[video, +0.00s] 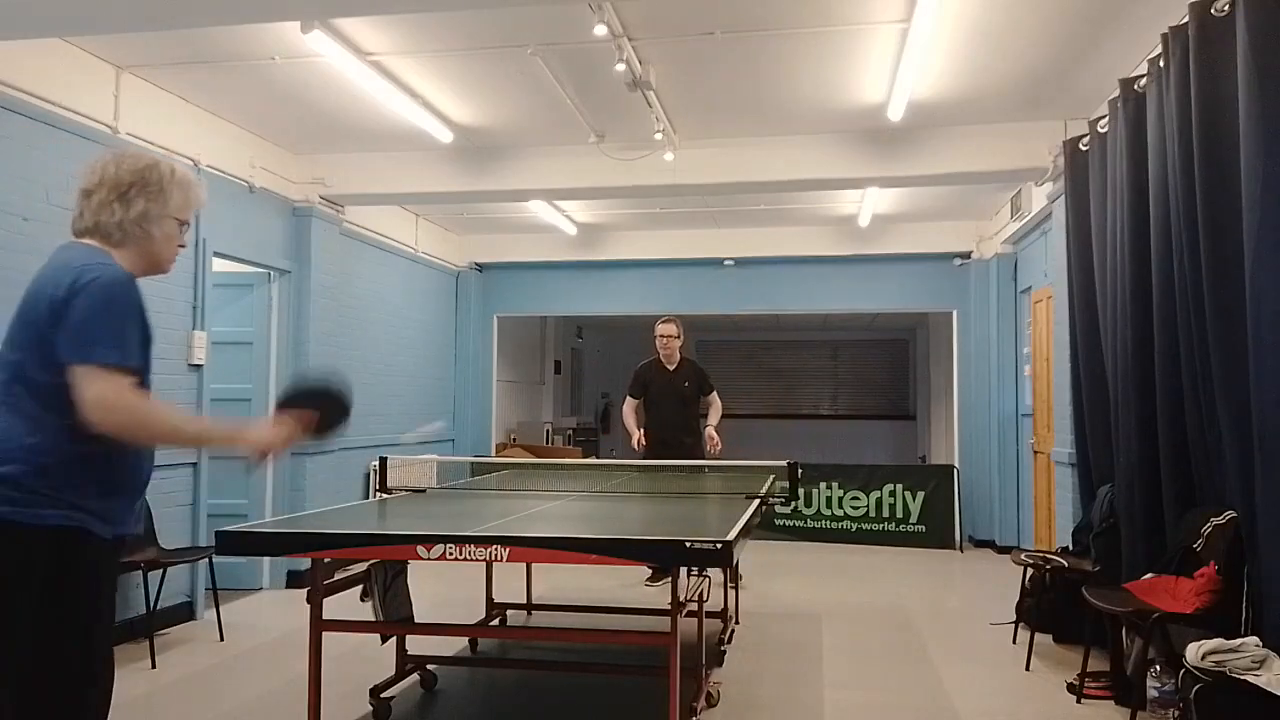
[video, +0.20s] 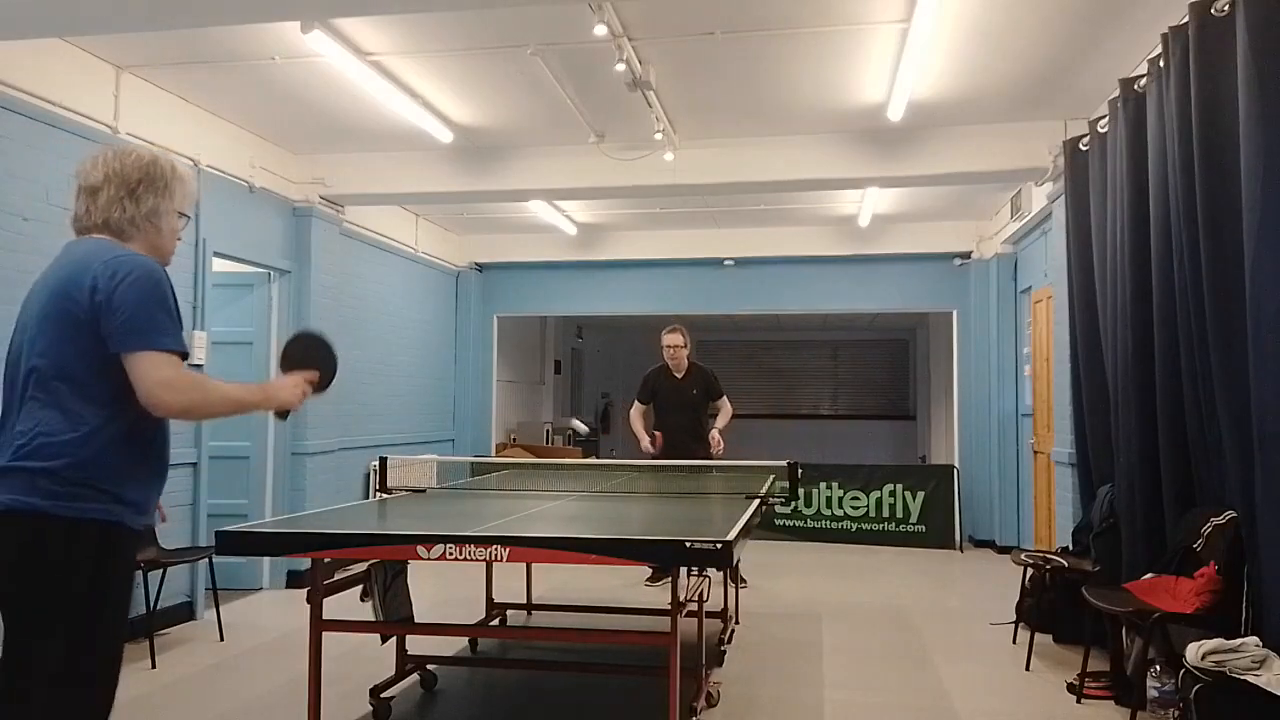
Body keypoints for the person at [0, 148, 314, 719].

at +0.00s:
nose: (185, 240)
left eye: (187, 226)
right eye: (179, 223)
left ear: (129, 215)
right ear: (138, 215)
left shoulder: (71, 271)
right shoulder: (102, 281)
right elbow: (105, 403)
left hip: (41, 529)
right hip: (58, 536)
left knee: (46, 691)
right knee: (65, 696)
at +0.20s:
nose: (181, 232)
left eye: (183, 219)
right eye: (178, 216)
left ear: (108, 207)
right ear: (143, 208)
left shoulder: (67, 268)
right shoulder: (131, 271)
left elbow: (57, 404)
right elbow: (163, 390)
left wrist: (130, 490)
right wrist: (268, 394)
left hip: (33, 517)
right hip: (76, 524)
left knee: (30, 682)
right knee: (73, 691)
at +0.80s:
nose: (159, 214)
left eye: (161, 200)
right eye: (157, 198)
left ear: (61, 186)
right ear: (124, 193)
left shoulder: (13, 254)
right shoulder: (125, 262)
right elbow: (146, 400)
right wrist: (217, 490)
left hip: (5, 535)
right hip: (68, 544)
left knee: (15, 697)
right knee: (83, 704)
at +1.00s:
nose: (139, 223)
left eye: (144, 209)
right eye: (139, 206)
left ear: (37, 185)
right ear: (109, 197)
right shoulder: (112, 270)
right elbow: (136, 416)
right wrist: (146, 515)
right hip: (45, 548)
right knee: (62, 705)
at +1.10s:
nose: (120, 228)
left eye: (125, 214)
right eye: (120, 212)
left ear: (17, 188)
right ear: (92, 203)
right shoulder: (97, 273)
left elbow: (126, 423)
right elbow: (127, 424)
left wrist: (104, 526)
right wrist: (115, 527)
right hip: (28, 548)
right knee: (43, 705)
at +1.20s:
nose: (99, 229)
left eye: (103, 216)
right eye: (100, 215)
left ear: (10, 192)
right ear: (73, 205)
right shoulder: (78, 277)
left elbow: (120, 429)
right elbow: (122, 430)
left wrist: (87, 529)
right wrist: (95, 528)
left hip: (21, 545)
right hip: (14, 546)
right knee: (28, 702)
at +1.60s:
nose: (25, 209)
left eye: (29, 193)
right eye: (25, 191)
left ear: (9, 186)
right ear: (4, 186)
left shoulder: (26, 273)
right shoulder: (23, 272)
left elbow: (120, 395)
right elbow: (121, 396)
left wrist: (240, 387)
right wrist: (244, 385)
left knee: (11, 692)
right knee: (9, 694)